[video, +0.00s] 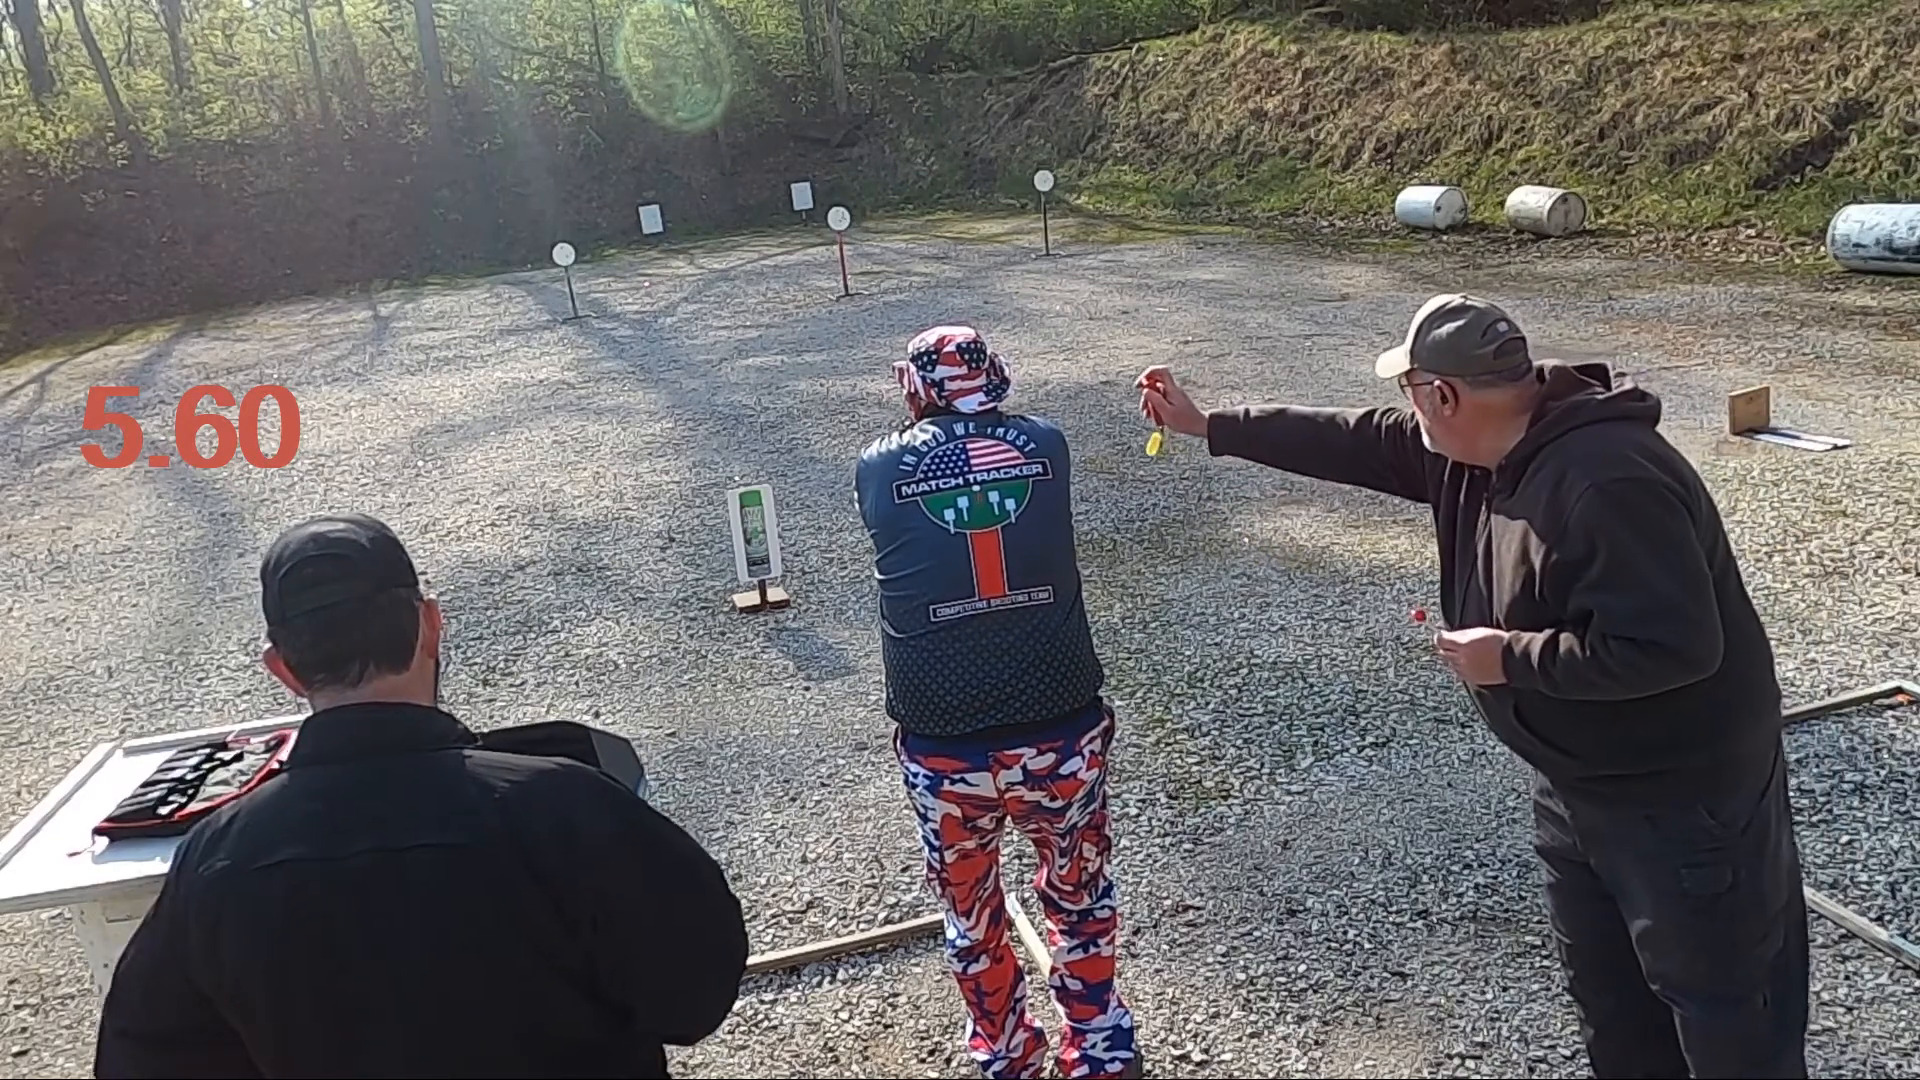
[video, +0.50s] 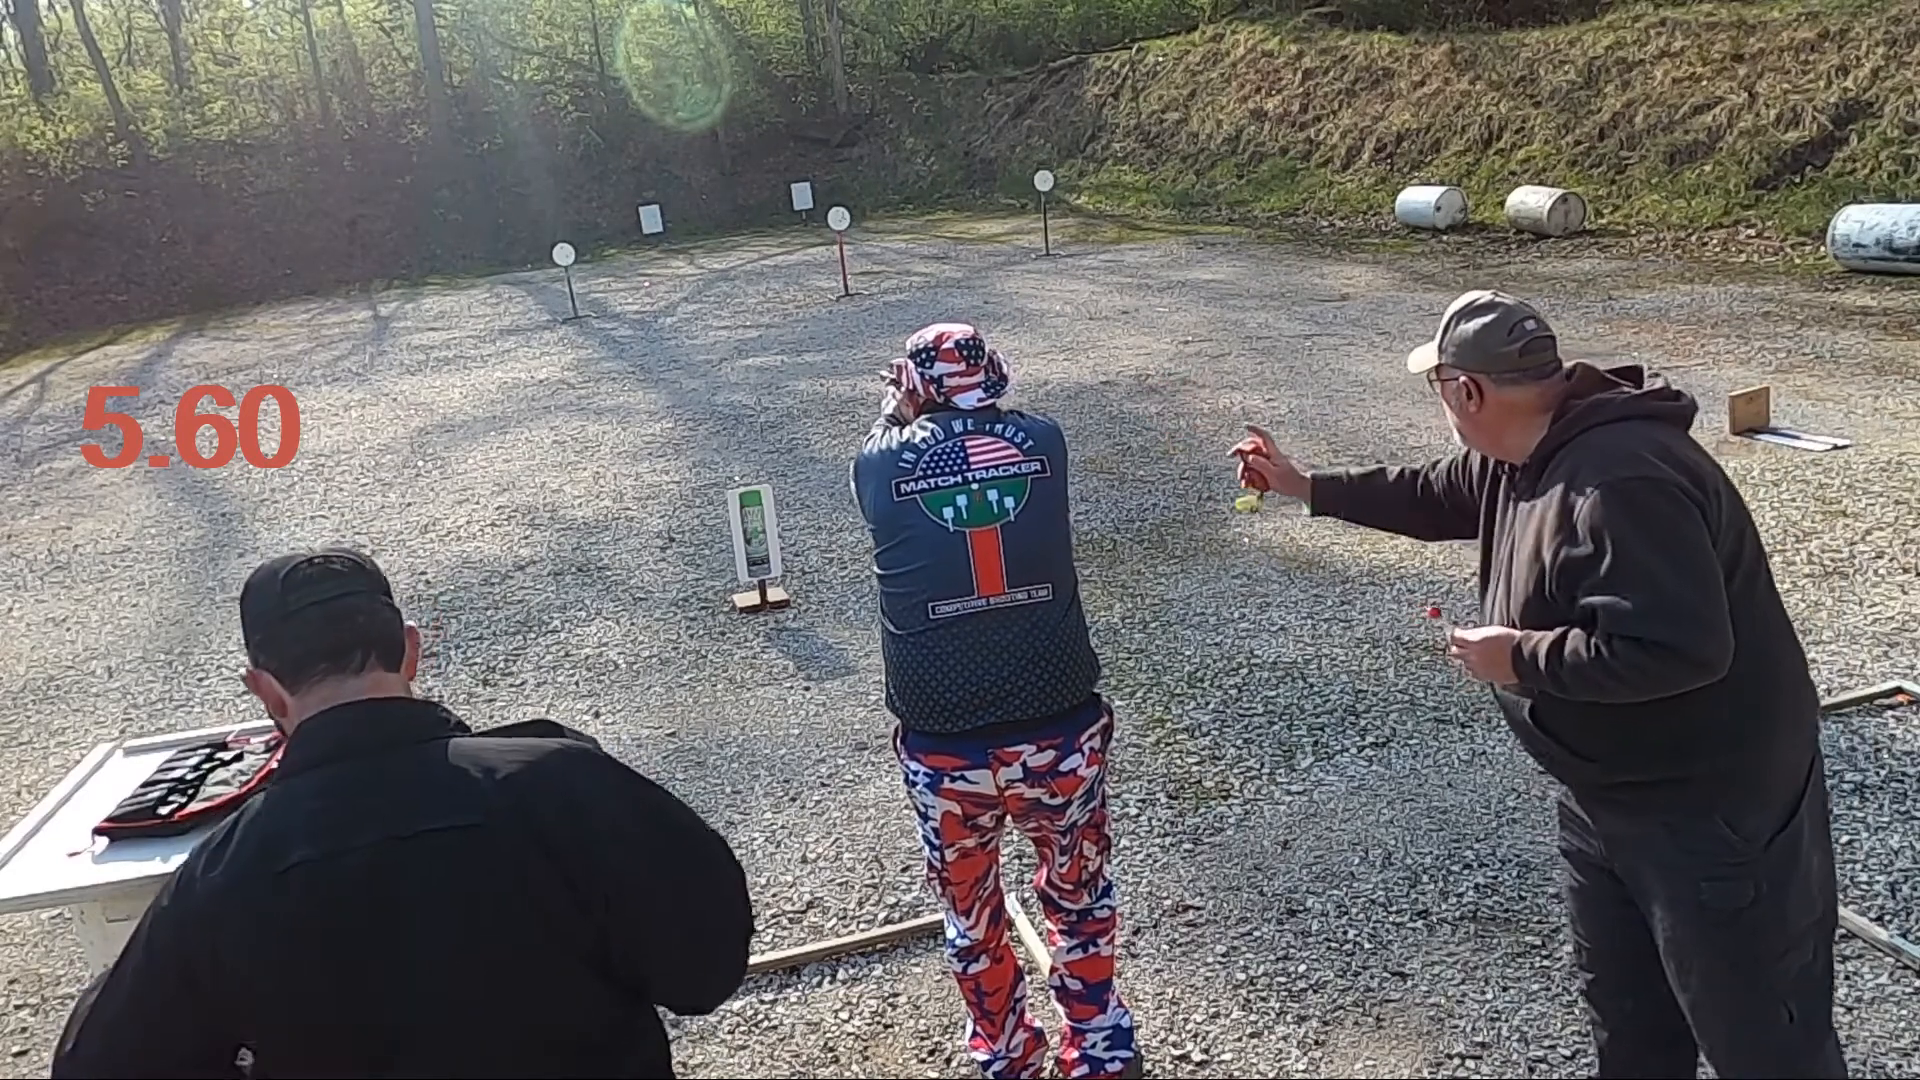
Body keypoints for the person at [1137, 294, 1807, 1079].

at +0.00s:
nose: (1409, 408)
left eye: (1410, 393)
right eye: (1407, 394)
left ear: (1446, 397)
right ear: (1478, 387)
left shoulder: (1610, 485)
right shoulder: (1472, 457)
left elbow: (1675, 648)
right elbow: (1355, 442)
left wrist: (1511, 656)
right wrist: (1207, 424)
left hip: (1692, 805)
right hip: (1582, 794)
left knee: (1730, 1032)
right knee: (1619, 1025)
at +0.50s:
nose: (1440, 401)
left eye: (1440, 386)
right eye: (1439, 386)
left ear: (1470, 393)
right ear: (1535, 373)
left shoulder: (1619, 482)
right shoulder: (1522, 462)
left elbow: (1682, 647)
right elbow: (1434, 495)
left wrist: (1521, 655)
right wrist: (1306, 488)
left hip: (1716, 811)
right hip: (1607, 797)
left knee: (1765, 1048)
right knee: (1633, 1036)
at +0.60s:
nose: (1457, 408)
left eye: (1455, 391)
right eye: (1453, 392)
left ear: (1483, 397)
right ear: (1549, 375)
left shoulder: (1629, 491)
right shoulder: (1558, 466)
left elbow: (1682, 658)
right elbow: (1496, 529)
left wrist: (1527, 659)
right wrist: (1365, 520)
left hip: (1725, 815)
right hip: (1621, 800)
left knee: (1784, 1050)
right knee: (1638, 1036)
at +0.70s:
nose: (1478, 412)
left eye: (1476, 395)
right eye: (1475, 395)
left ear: (1504, 400)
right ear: (1577, 374)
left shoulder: (1638, 498)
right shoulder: (1589, 463)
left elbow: (1693, 674)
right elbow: (1550, 553)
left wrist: (1538, 665)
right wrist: (1431, 551)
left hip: (1742, 826)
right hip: (1637, 807)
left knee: (1801, 1051)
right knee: (1642, 1034)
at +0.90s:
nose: (1532, 422)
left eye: (1533, 405)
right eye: (1532, 404)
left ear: (1564, 413)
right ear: (1634, 390)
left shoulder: (1696, 520)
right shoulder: (1657, 470)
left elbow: (1740, 705)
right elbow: (1647, 587)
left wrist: (1585, 687)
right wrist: (1537, 579)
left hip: (1791, 848)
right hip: (1681, 819)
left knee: (1829, 1062)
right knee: (1657, 1038)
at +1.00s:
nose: (1561, 431)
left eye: (1559, 414)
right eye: (1558, 414)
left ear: (1593, 417)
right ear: (1669, 389)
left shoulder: (1730, 526)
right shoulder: (1685, 480)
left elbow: (1773, 716)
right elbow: (1676, 595)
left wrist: (1612, 696)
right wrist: (1567, 586)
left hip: (1812, 870)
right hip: (1701, 841)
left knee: (1841, 1064)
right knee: (1671, 1054)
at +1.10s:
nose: (1586, 427)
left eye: (1585, 411)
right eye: (1582, 412)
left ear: (1622, 417)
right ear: (1698, 392)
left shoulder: (1760, 528)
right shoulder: (1706, 486)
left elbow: (1807, 721)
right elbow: (1697, 594)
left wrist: (1639, 699)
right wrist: (1585, 589)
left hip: (1833, 876)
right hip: (1722, 852)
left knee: (1848, 1064)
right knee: (1684, 1057)